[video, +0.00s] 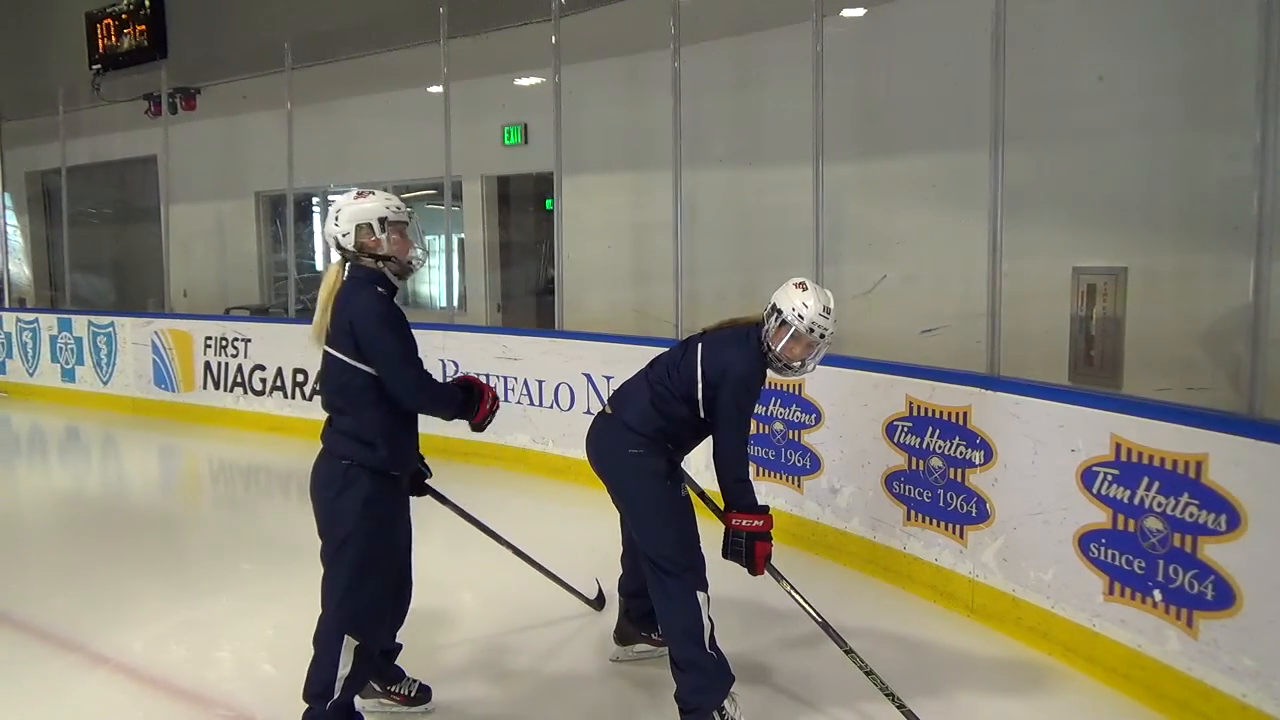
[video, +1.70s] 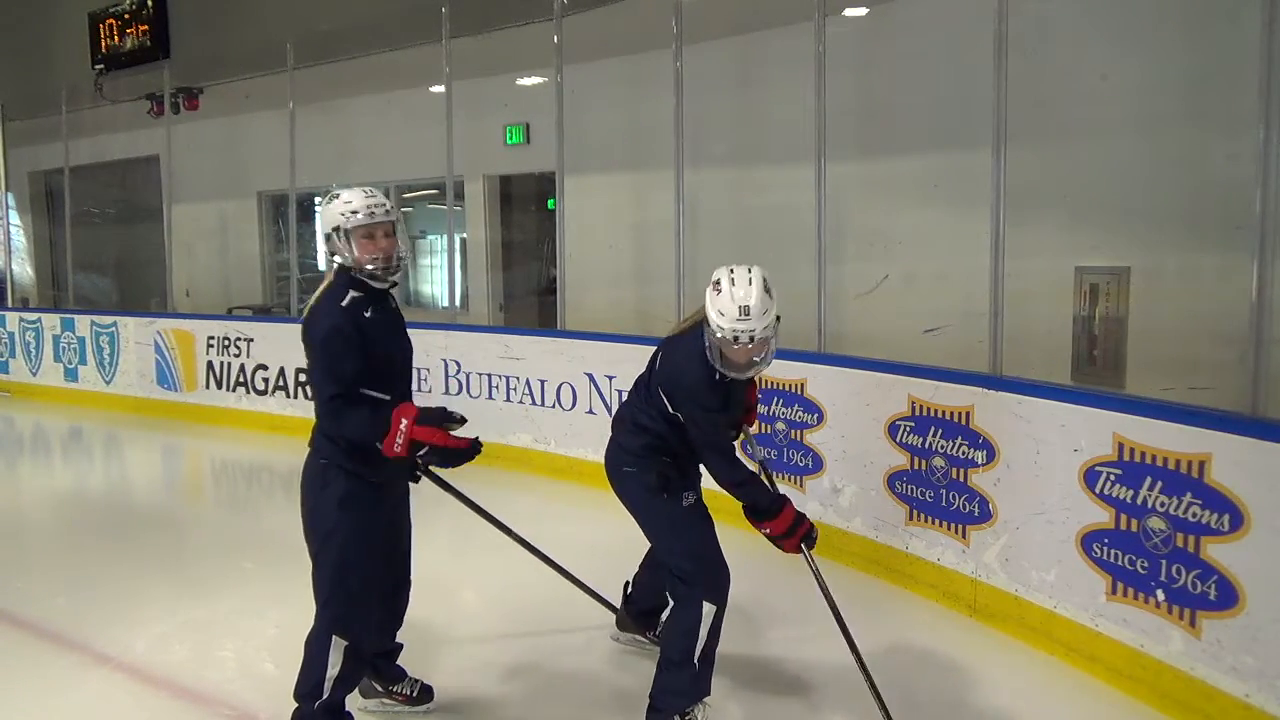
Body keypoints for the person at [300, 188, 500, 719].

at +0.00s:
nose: (409, 239)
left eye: (406, 229)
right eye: (397, 230)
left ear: (372, 239)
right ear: (367, 239)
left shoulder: (359, 293)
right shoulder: (368, 300)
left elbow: (368, 394)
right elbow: (410, 387)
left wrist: (404, 460)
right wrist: (466, 396)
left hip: (371, 469)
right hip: (356, 474)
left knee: (387, 579)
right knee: (353, 596)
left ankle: (377, 670)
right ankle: (328, 706)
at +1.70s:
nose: (380, 247)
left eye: (386, 235)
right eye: (365, 238)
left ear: (397, 238)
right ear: (339, 246)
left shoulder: (378, 298)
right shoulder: (333, 310)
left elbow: (381, 393)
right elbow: (334, 408)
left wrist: (418, 430)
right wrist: (404, 431)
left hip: (380, 468)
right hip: (342, 475)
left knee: (387, 578)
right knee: (345, 599)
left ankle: (377, 671)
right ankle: (317, 708)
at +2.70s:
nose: (430, 251)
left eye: (430, 240)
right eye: (421, 240)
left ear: (401, 244)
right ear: (389, 244)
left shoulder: (390, 307)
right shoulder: (373, 317)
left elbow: (383, 394)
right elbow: (393, 411)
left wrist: (418, 439)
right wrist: (475, 414)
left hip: (379, 474)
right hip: (351, 478)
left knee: (388, 582)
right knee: (359, 597)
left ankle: (380, 675)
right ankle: (327, 706)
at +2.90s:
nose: (454, 256)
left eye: (454, 245)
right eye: (445, 245)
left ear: (420, 248)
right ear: (415, 247)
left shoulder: (394, 300)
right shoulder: (408, 314)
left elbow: (384, 390)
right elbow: (437, 406)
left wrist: (422, 446)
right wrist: (510, 406)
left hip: (381, 466)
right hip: (365, 471)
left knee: (398, 580)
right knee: (369, 592)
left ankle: (387, 670)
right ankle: (337, 705)